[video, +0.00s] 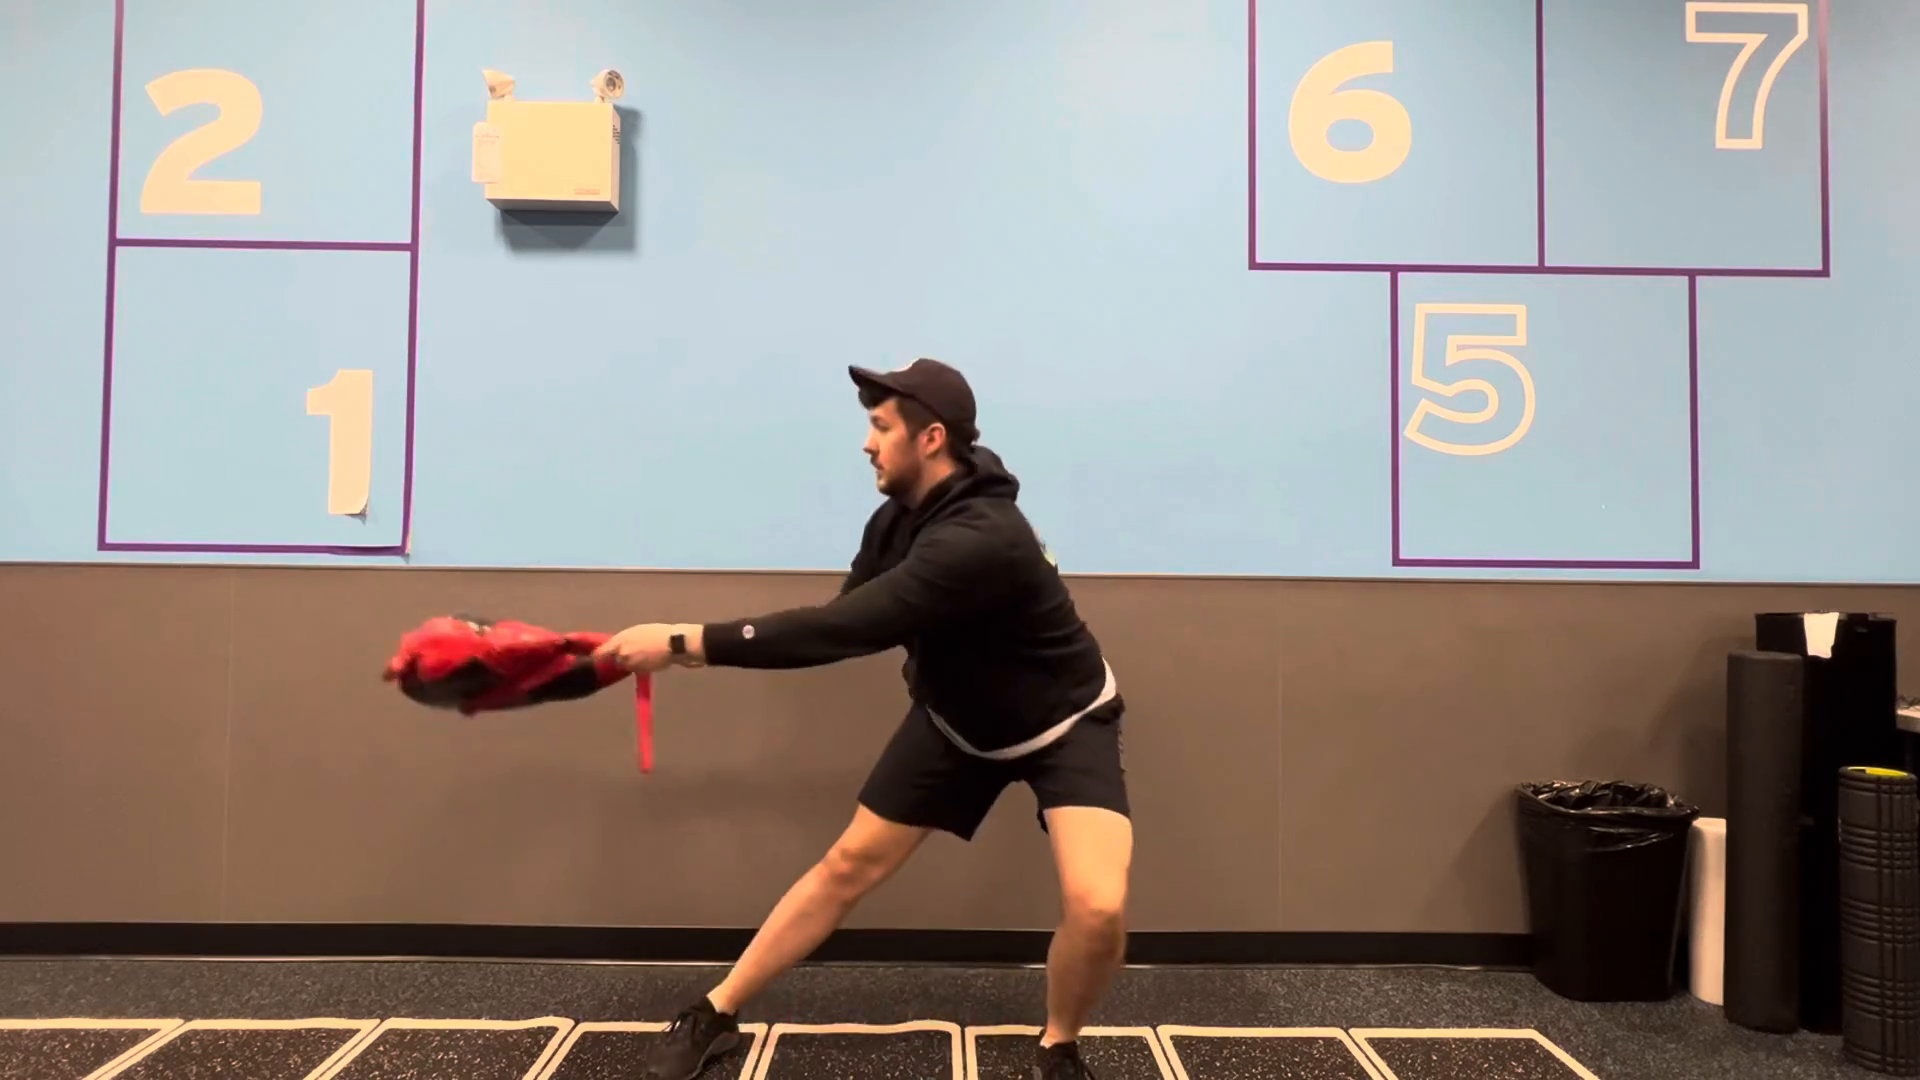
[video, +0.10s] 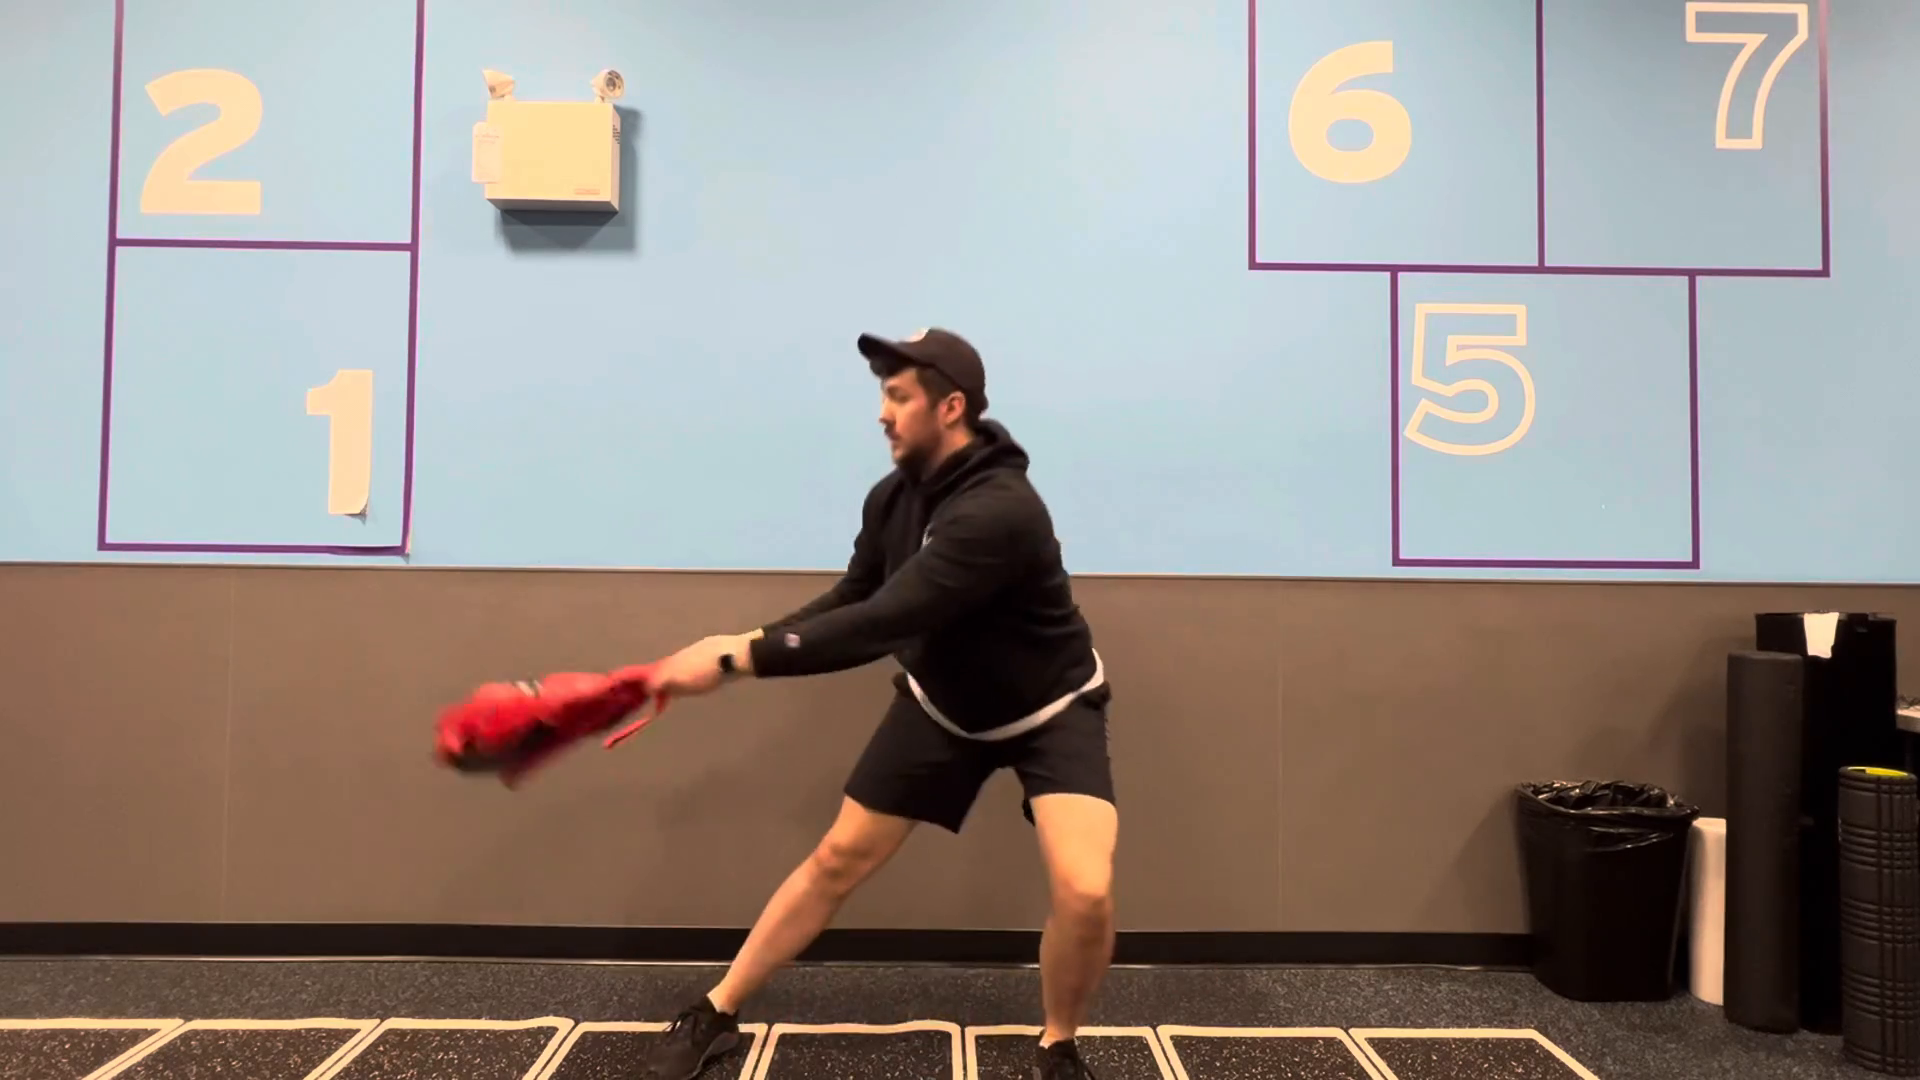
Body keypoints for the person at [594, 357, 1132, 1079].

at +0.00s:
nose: (868, 444)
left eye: (882, 428)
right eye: (870, 428)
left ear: (933, 438)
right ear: (925, 438)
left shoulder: (981, 534)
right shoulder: (895, 523)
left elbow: (849, 628)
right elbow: (841, 625)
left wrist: (684, 642)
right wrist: (704, 648)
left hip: (1066, 720)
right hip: (954, 718)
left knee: (1100, 907)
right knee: (847, 865)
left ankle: (1060, 1048)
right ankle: (714, 1012)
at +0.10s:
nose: (883, 415)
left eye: (898, 398)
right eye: (884, 399)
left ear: (953, 406)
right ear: (938, 407)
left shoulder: (997, 509)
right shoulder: (893, 500)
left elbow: (882, 624)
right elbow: (852, 600)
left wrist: (735, 658)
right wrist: (738, 650)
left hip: (1052, 706)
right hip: (936, 704)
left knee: (1088, 893)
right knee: (838, 859)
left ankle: (1059, 1048)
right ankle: (715, 1013)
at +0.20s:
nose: (899, 385)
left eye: (916, 369)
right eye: (894, 369)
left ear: (969, 376)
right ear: (891, 374)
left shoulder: (1012, 479)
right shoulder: (882, 470)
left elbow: (935, 614)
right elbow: (847, 572)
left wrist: (806, 684)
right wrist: (760, 639)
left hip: (1029, 685)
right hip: (916, 682)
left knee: (1069, 872)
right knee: (820, 851)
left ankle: (1058, 1046)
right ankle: (718, 1011)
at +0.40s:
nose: (888, 354)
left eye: (903, 337)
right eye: (873, 338)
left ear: (930, 336)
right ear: (849, 339)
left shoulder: (977, 434)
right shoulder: (809, 431)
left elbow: (997, 569)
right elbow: (772, 563)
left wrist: (1000, 698)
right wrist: (767, 694)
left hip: (954, 655)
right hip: (836, 654)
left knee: (1006, 817)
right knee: (782, 823)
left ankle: (1061, 1028)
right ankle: (717, 1004)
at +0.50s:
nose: (872, 365)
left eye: (885, 347)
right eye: (854, 350)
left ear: (904, 342)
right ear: (820, 348)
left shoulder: (943, 423)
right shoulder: (777, 439)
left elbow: (1007, 540)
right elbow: (776, 582)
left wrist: (1071, 650)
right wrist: (842, 696)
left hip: (921, 643)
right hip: (806, 649)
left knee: (983, 814)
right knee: (756, 826)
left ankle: (1054, 1011)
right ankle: (713, 1009)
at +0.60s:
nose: (872, 384)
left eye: (885, 365)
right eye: (854, 367)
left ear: (901, 354)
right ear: (813, 359)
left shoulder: (929, 425)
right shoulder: (772, 448)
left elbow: (1000, 520)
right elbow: (813, 588)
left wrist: (1084, 608)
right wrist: (924, 673)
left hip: (910, 647)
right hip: (798, 653)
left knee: (971, 816)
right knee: (750, 832)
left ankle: (1047, 1007)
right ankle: (712, 1009)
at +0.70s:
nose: (885, 394)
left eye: (897, 376)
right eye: (867, 378)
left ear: (912, 364)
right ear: (825, 369)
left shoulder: (935, 432)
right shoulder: (784, 455)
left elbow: (1000, 518)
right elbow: (843, 583)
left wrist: (1096, 593)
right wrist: (978, 641)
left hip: (912, 659)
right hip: (800, 667)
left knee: (973, 821)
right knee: (754, 841)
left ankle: (1046, 1012)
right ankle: (712, 1013)